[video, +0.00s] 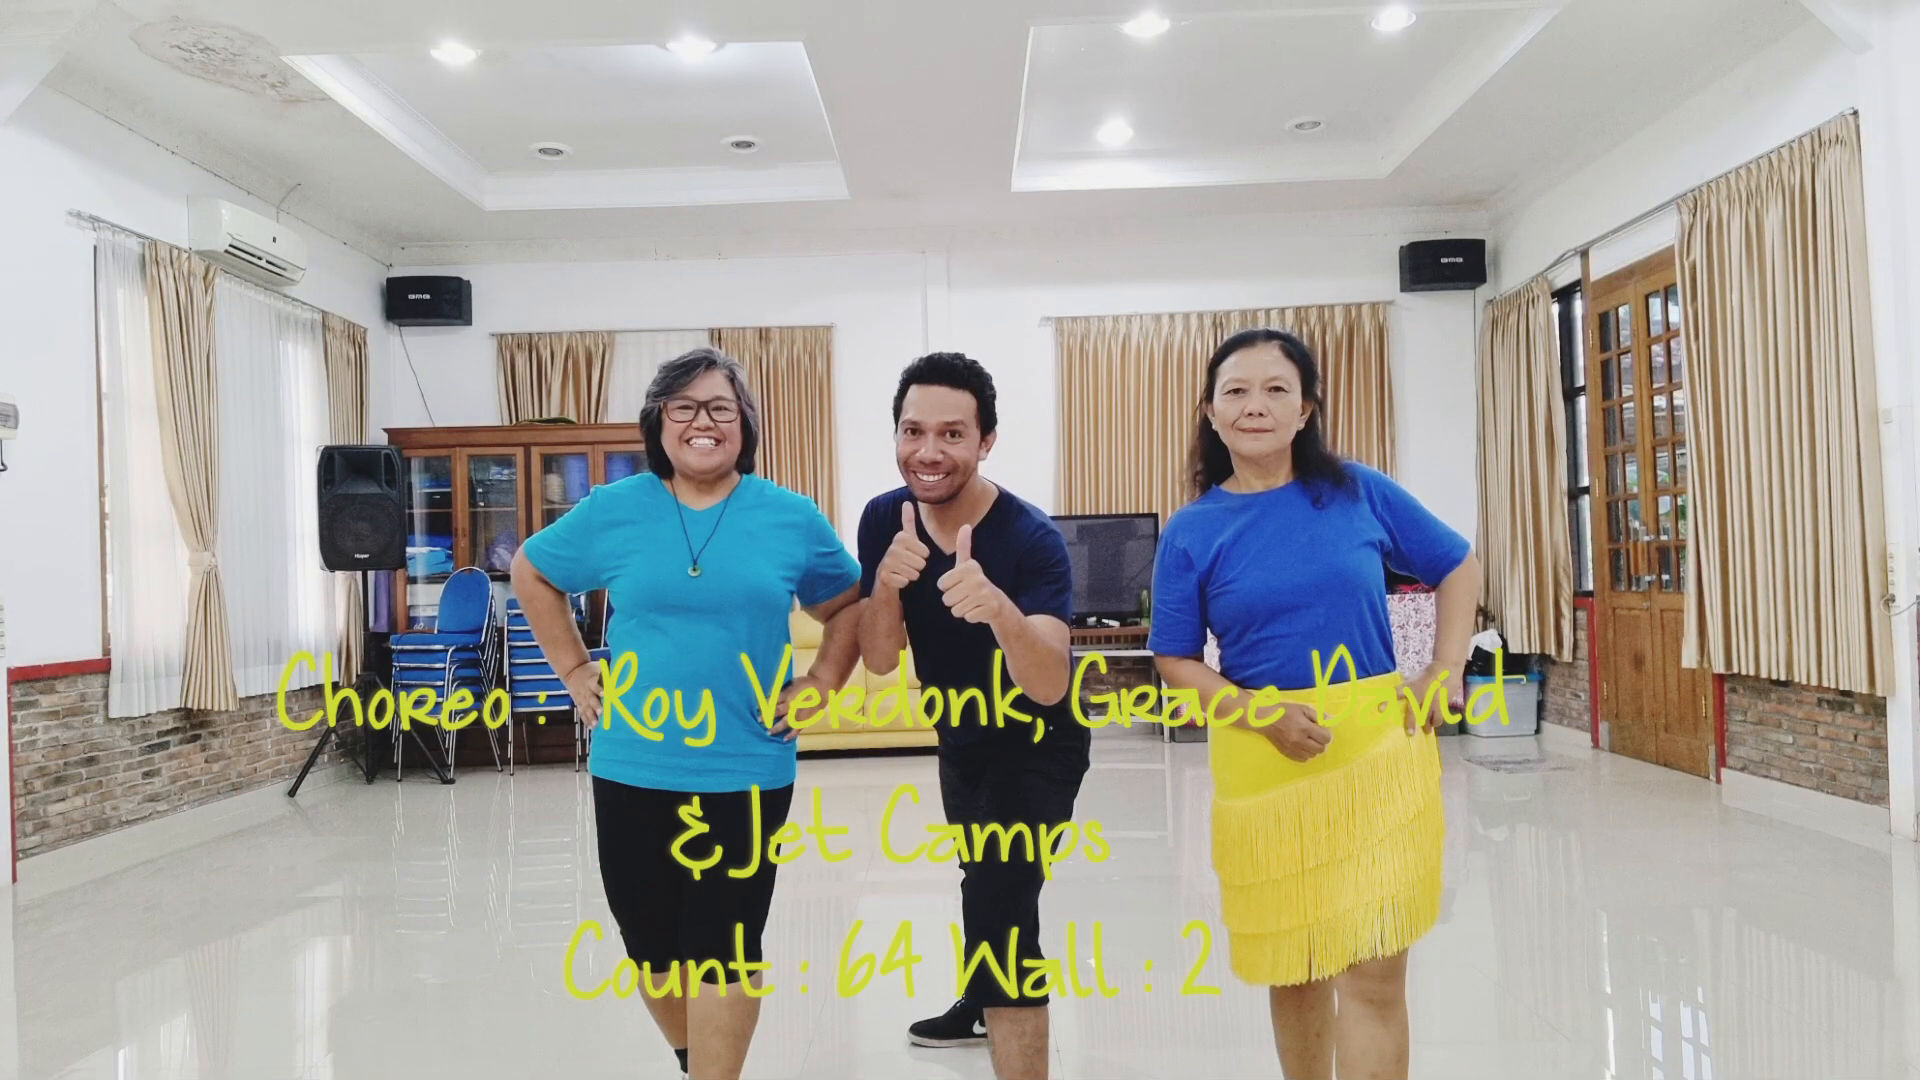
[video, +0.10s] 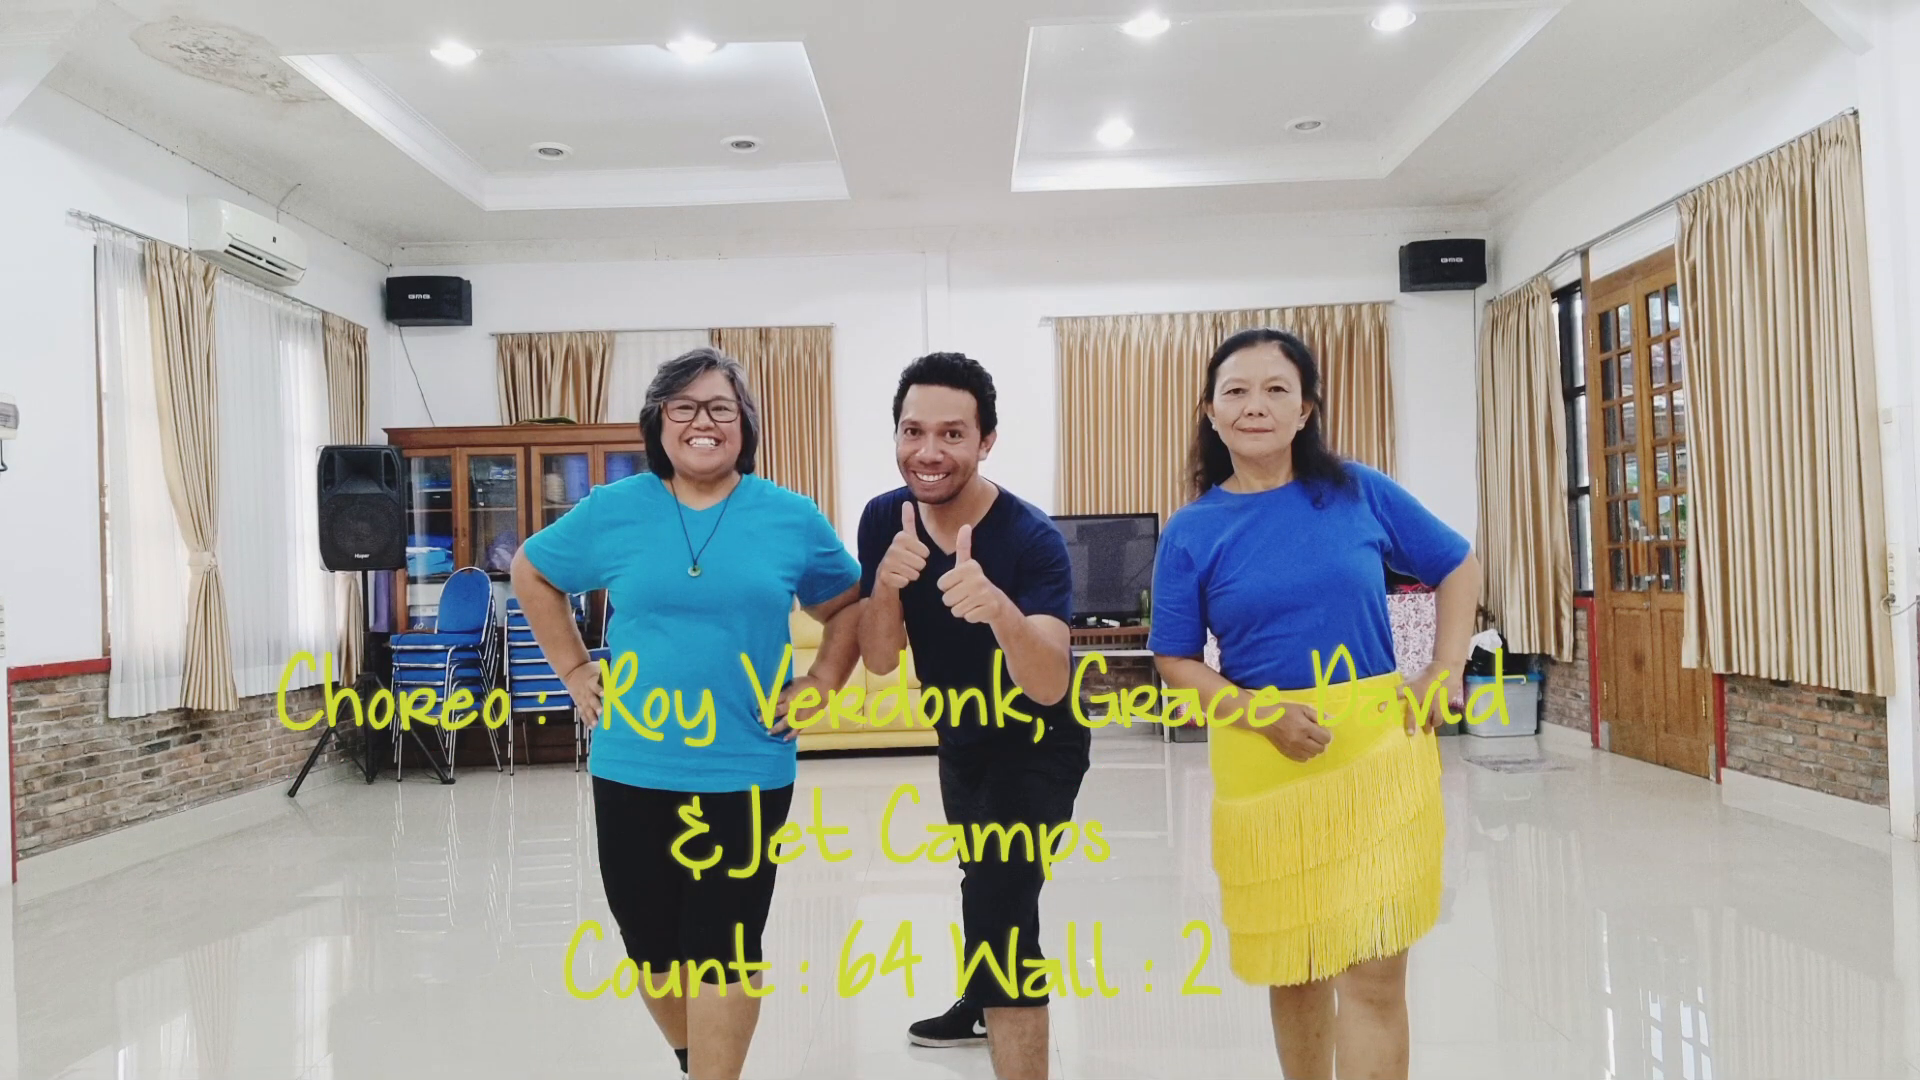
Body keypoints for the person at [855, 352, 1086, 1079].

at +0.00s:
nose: (930, 453)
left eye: (952, 436)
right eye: (914, 433)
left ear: (986, 444)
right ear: (896, 439)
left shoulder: (1031, 541)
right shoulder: (885, 521)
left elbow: (1050, 684)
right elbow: (880, 660)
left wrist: (1001, 612)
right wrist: (883, 589)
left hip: (1039, 743)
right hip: (961, 741)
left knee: (1001, 923)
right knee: (981, 878)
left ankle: (1023, 1070)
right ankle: (985, 1003)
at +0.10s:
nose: (929, 453)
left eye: (951, 436)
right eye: (914, 433)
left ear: (986, 444)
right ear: (896, 438)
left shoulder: (1031, 541)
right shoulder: (886, 521)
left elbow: (1050, 684)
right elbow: (880, 660)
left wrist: (1002, 612)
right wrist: (883, 588)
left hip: (1040, 742)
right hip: (960, 741)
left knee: (1001, 920)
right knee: (981, 878)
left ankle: (1023, 1071)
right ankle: (985, 1002)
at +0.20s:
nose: (929, 453)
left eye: (951, 436)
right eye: (914, 433)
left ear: (986, 444)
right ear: (896, 438)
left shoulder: (1031, 541)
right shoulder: (886, 521)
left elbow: (1050, 684)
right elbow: (880, 660)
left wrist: (1002, 612)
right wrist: (883, 588)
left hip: (1040, 742)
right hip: (960, 741)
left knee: (1001, 920)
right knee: (981, 878)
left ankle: (1023, 1071)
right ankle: (985, 1002)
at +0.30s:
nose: (929, 453)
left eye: (951, 436)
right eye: (914, 433)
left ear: (986, 444)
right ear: (896, 438)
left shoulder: (1031, 541)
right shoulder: (886, 521)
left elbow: (1050, 684)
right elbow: (880, 660)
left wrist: (1002, 612)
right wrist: (883, 588)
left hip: (1040, 742)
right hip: (960, 741)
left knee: (1001, 920)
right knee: (981, 878)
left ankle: (1023, 1071)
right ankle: (985, 1002)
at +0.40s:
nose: (929, 453)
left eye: (951, 436)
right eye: (914, 433)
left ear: (986, 444)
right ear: (896, 438)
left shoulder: (1031, 541)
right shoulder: (886, 521)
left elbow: (1050, 684)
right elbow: (880, 660)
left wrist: (1002, 612)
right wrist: (883, 588)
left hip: (1040, 742)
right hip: (960, 741)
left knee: (1001, 920)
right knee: (981, 878)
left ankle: (1023, 1071)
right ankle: (985, 1002)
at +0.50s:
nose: (929, 453)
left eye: (951, 436)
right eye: (914, 433)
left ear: (986, 444)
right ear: (896, 438)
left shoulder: (1031, 541)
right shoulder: (886, 521)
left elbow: (1050, 684)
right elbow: (880, 660)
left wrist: (1002, 613)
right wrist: (883, 588)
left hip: (1040, 742)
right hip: (960, 741)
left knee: (1001, 920)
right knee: (981, 878)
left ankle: (1023, 1071)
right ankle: (985, 1002)